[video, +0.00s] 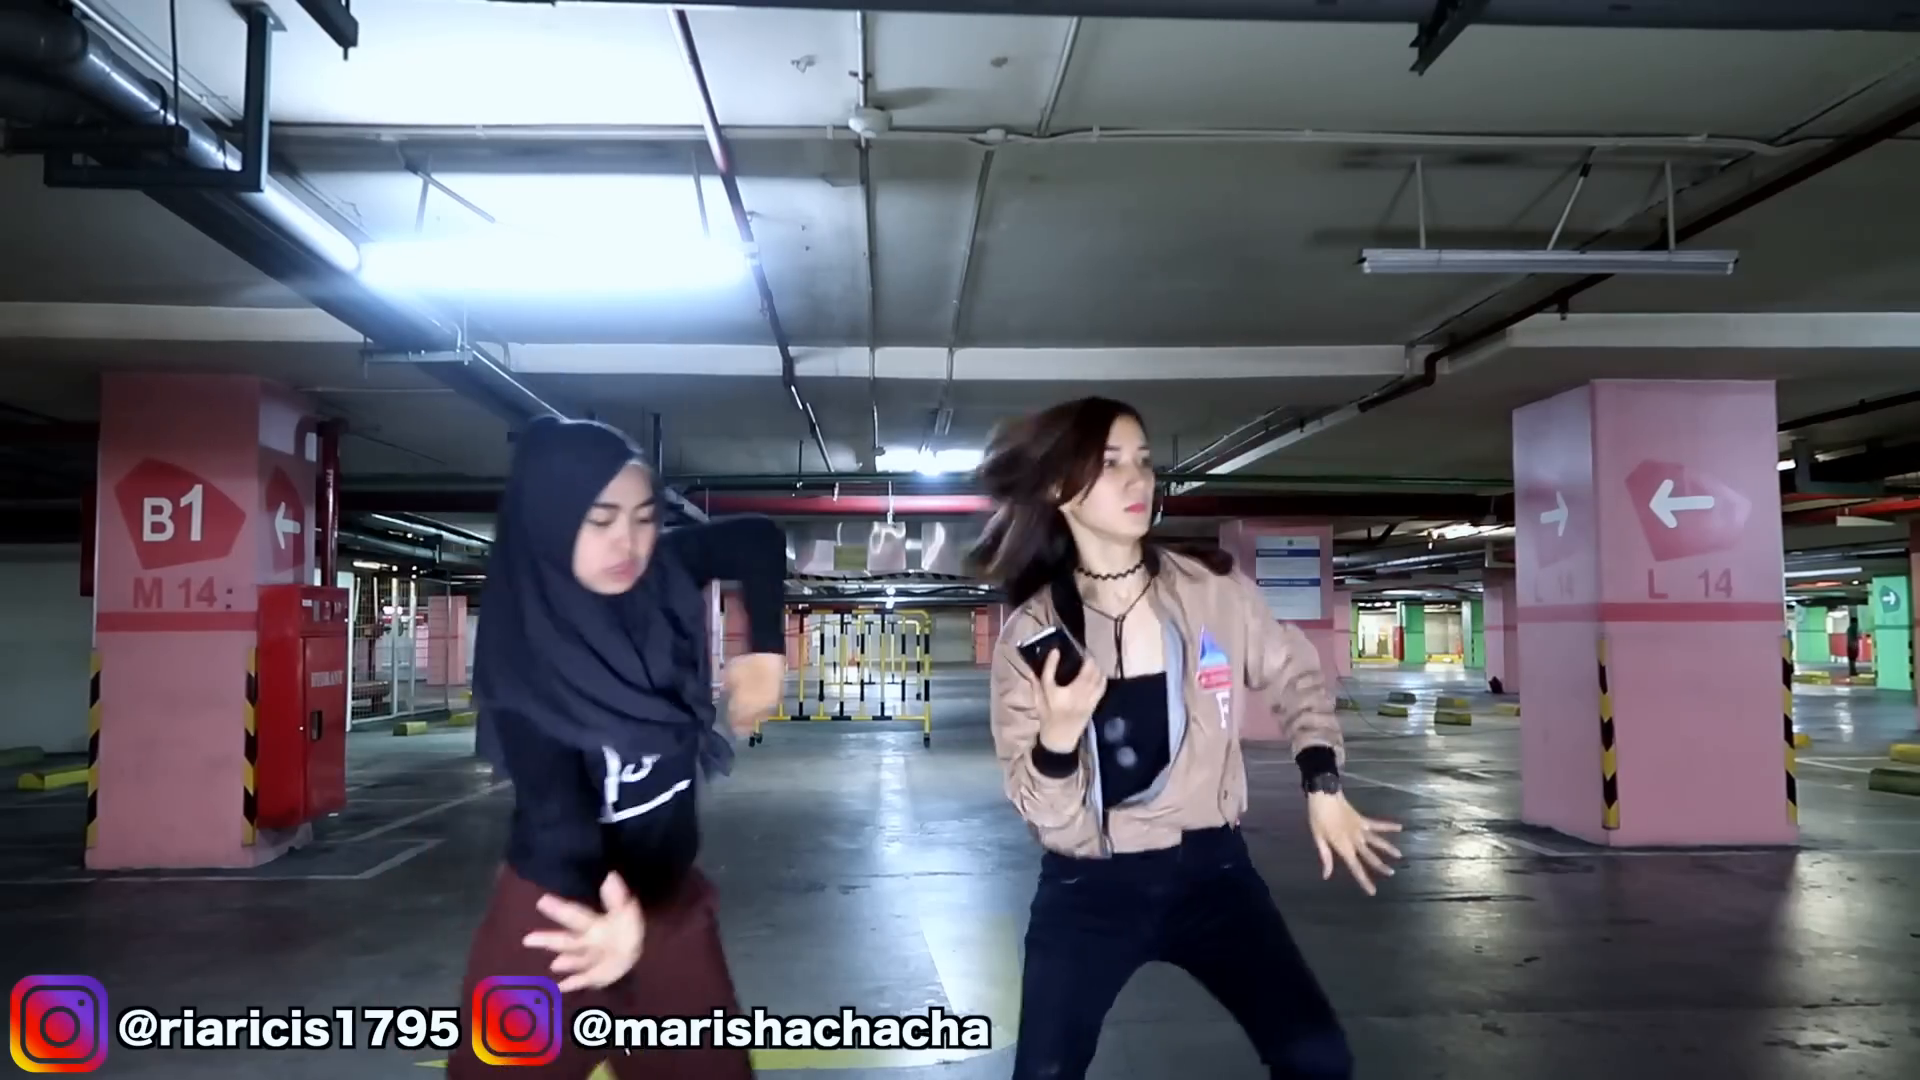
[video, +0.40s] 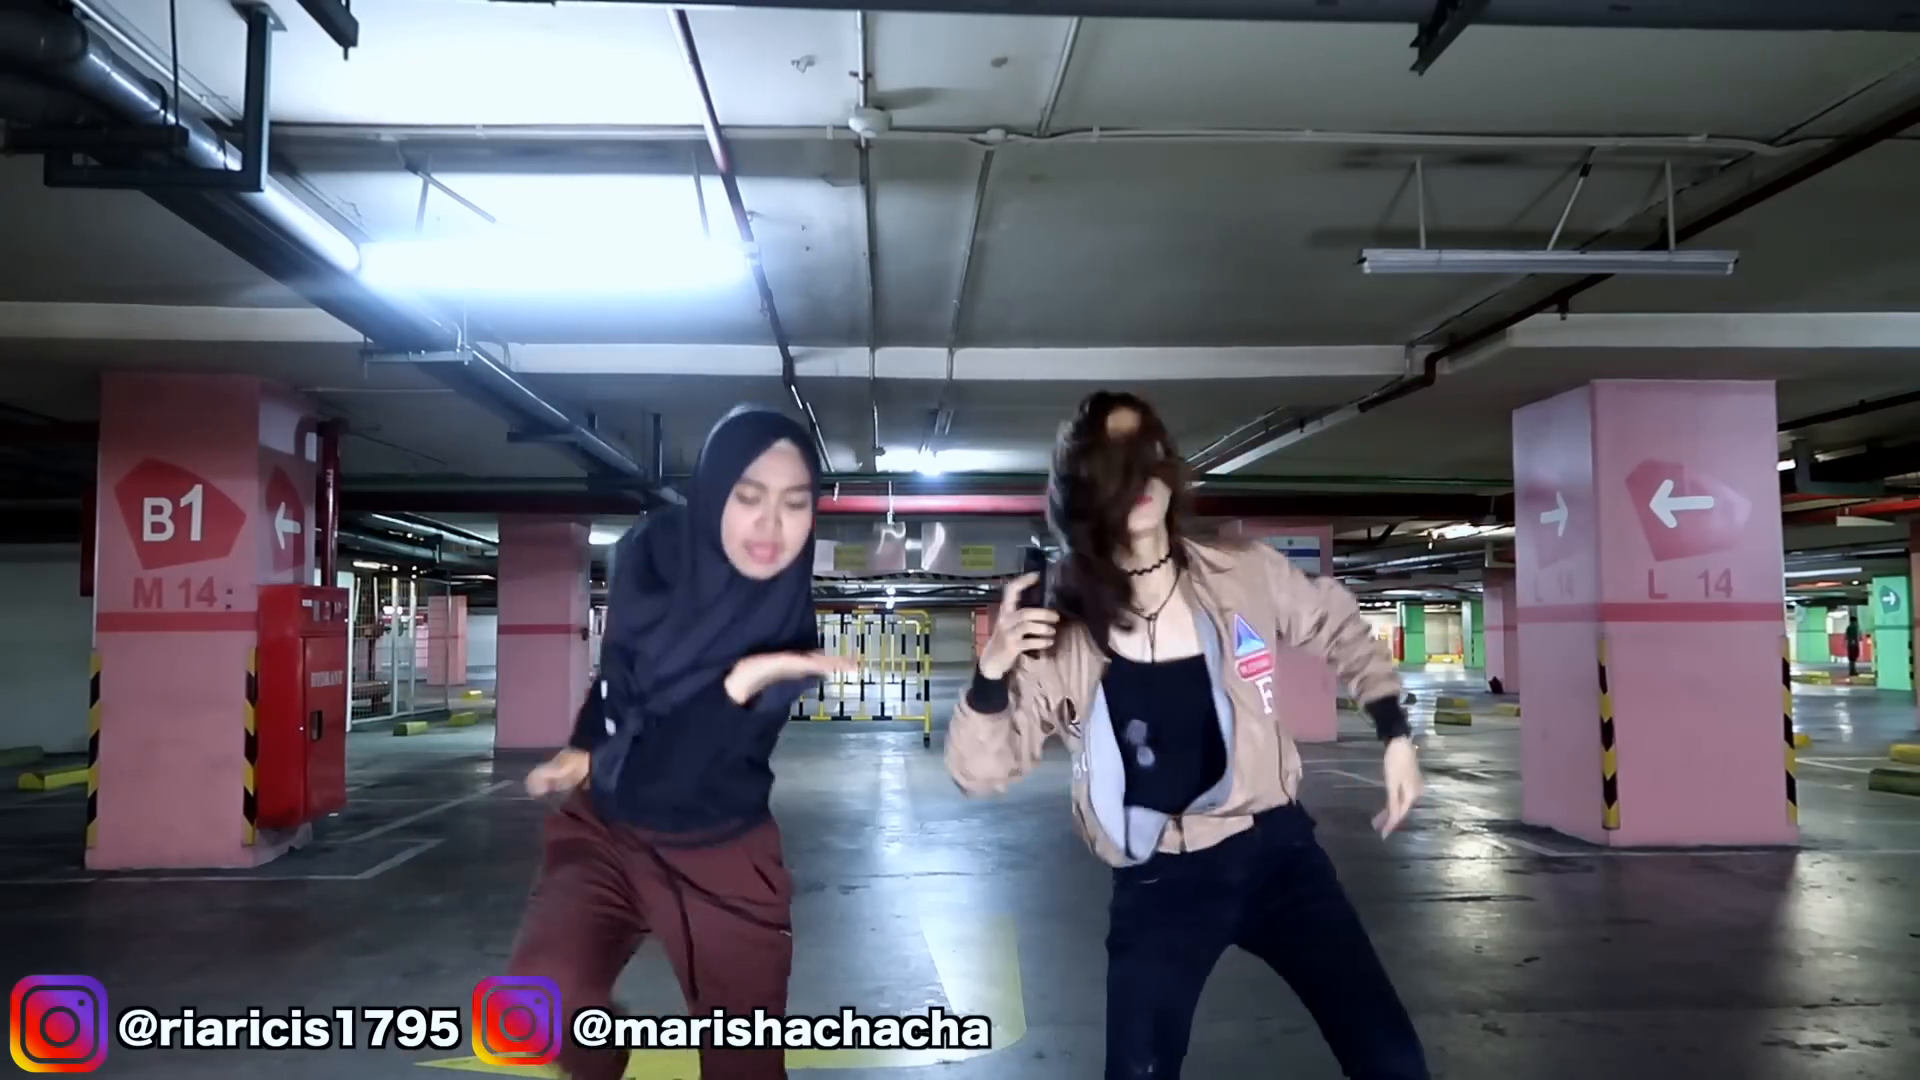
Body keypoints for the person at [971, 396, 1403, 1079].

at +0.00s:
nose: (1140, 479)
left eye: (1144, 461)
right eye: (1112, 463)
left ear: (1154, 474)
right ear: (1059, 489)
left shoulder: (1216, 596)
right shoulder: (1030, 632)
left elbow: (1295, 676)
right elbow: (1048, 817)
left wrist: (1323, 783)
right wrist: (1059, 737)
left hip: (1211, 874)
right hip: (1086, 887)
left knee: (1316, 1053)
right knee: (1045, 1069)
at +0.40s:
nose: (1143, 472)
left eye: (1152, 452)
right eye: (1118, 460)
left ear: (1172, 466)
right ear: (1086, 483)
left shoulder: (1244, 570)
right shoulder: (1062, 619)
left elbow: (1340, 626)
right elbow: (981, 774)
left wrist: (1395, 732)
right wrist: (989, 677)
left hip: (1275, 853)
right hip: (1158, 881)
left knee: (1389, 1054)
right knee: (1138, 1070)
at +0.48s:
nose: (1144, 456)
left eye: (1158, 434)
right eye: (1119, 443)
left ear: (1181, 445)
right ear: (1089, 467)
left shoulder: (1256, 551)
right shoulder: (1058, 604)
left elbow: (1359, 582)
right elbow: (969, 735)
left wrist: (1408, 690)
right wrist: (1015, 672)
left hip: (1292, 831)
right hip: (1175, 862)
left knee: (1386, 1048)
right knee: (1162, 1064)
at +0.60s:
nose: (1152, 442)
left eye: (1169, 417)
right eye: (1129, 428)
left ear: (1203, 431)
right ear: (1109, 455)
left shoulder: (1296, 537)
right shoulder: (1095, 577)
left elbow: (1397, 613)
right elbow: (1056, 702)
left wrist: (1444, 735)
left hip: (1314, 820)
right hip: (1191, 838)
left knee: (1341, 1060)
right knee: (1176, 1060)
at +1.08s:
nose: (1242, 454)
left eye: (1263, 435)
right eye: (1221, 440)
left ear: (1294, 458)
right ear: (1198, 466)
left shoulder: (1354, 588)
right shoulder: (1149, 587)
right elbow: (1102, 698)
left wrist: (1460, 644)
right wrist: (1051, 740)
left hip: (1296, 867)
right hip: (1172, 866)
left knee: (1371, 1066)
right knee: (1116, 1060)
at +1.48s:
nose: (1182, 496)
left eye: (1203, 475)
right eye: (1162, 479)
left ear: (1234, 491)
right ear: (1141, 500)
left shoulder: (1293, 619)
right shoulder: (1100, 618)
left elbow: (1352, 722)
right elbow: (1032, 752)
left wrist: (1400, 657)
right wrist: (1019, 678)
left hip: (1232, 904)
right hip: (1106, 900)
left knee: (1333, 1068)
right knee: (1023, 1067)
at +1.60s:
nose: (1171, 506)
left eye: (1191, 487)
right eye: (1151, 490)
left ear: (1223, 507)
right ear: (1129, 512)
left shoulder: (1264, 642)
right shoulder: (1077, 623)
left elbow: (1310, 766)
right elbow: (987, 721)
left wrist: (1381, 697)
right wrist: (994, 663)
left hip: (1240, 911)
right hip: (1114, 914)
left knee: (1349, 1069)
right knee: (1030, 1070)